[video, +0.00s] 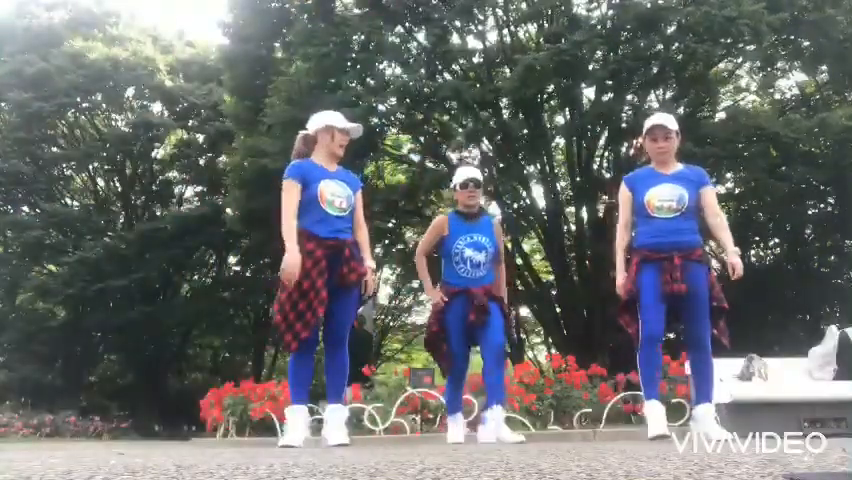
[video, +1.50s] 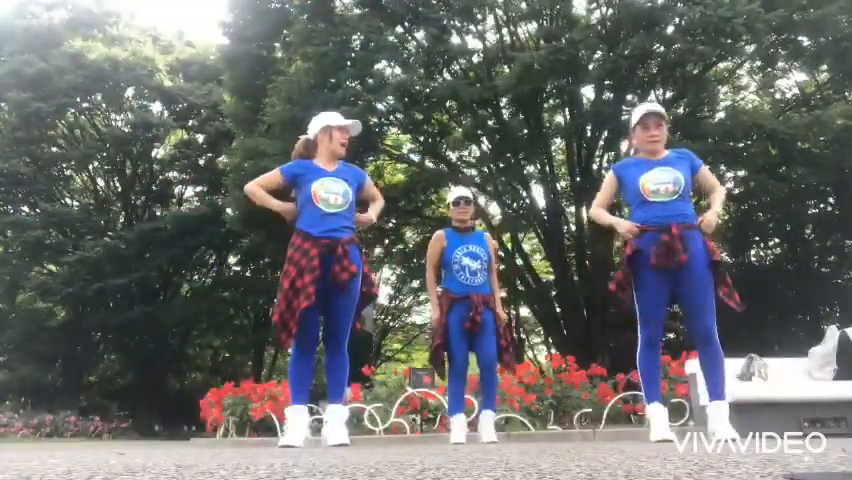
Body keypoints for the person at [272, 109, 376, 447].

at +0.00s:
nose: (345, 139)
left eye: (346, 134)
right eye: (340, 133)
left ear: (342, 138)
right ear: (321, 135)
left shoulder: (352, 179)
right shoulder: (299, 169)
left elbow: (360, 225)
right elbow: (289, 214)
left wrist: (368, 261)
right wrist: (291, 250)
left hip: (348, 256)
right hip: (310, 255)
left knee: (338, 338)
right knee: (305, 336)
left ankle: (336, 417)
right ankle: (297, 417)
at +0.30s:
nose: (347, 141)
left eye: (347, 136)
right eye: (342, 135)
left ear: (338, 140)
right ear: (324, 137)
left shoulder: (351, 180)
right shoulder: (300, 170)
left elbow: (360, 226)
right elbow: (299, 217)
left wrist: (368, 260)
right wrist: (327, 251)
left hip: (350, 256)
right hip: (313, 253)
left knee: (339, 339)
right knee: (306, 337)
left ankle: (336, 418)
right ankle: (297, 418)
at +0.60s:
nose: (348, 143)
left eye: (348, 138)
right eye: (343, 137)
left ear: (337, 140)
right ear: (326, 138)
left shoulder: (353, 181)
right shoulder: (299, 173)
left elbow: (363, 227)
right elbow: (287, 222)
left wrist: (371, 261)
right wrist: (299, 263)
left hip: (349, 255)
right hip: (311, 252)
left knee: (340, 338)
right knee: (307, 338)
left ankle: (336, 418)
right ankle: (297, 419)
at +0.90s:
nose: (348, 143)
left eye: (348, 138)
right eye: (343, 137)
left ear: (340, 142)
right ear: (325, 139)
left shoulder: (355, 182)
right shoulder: (299, 175)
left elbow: (364, 227)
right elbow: (284, 221)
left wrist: (370, 261)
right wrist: (284, 261)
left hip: (349, 256)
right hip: (309, 254)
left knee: (340, 338)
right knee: (307, 338)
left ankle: (336, 418)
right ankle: (297, 418)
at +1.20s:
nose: (347, 141)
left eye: (348, 137)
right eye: (341, 135)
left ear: (341, 142)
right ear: (322, 138)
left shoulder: (355, 179)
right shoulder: (299, 173)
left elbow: (377, 218)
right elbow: (257, 203)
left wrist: (379, 243)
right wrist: (284, 226)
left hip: (347, 259)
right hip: (309, 257)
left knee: (339, 340)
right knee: (305, 339)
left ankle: (336, 419)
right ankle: (297, 419)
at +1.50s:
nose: (348, 138)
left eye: (348, 134)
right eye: (342, 133)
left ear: (342, 139)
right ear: (323, 135)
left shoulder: (355, 174)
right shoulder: (299, 169)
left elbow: (378, 199)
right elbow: (252, 187)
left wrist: (371, 214)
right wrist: (281, 206)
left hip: (346, 255)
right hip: (308, 253)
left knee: (338, 340)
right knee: (305, 338)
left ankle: (335, 420)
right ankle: (297, 420)